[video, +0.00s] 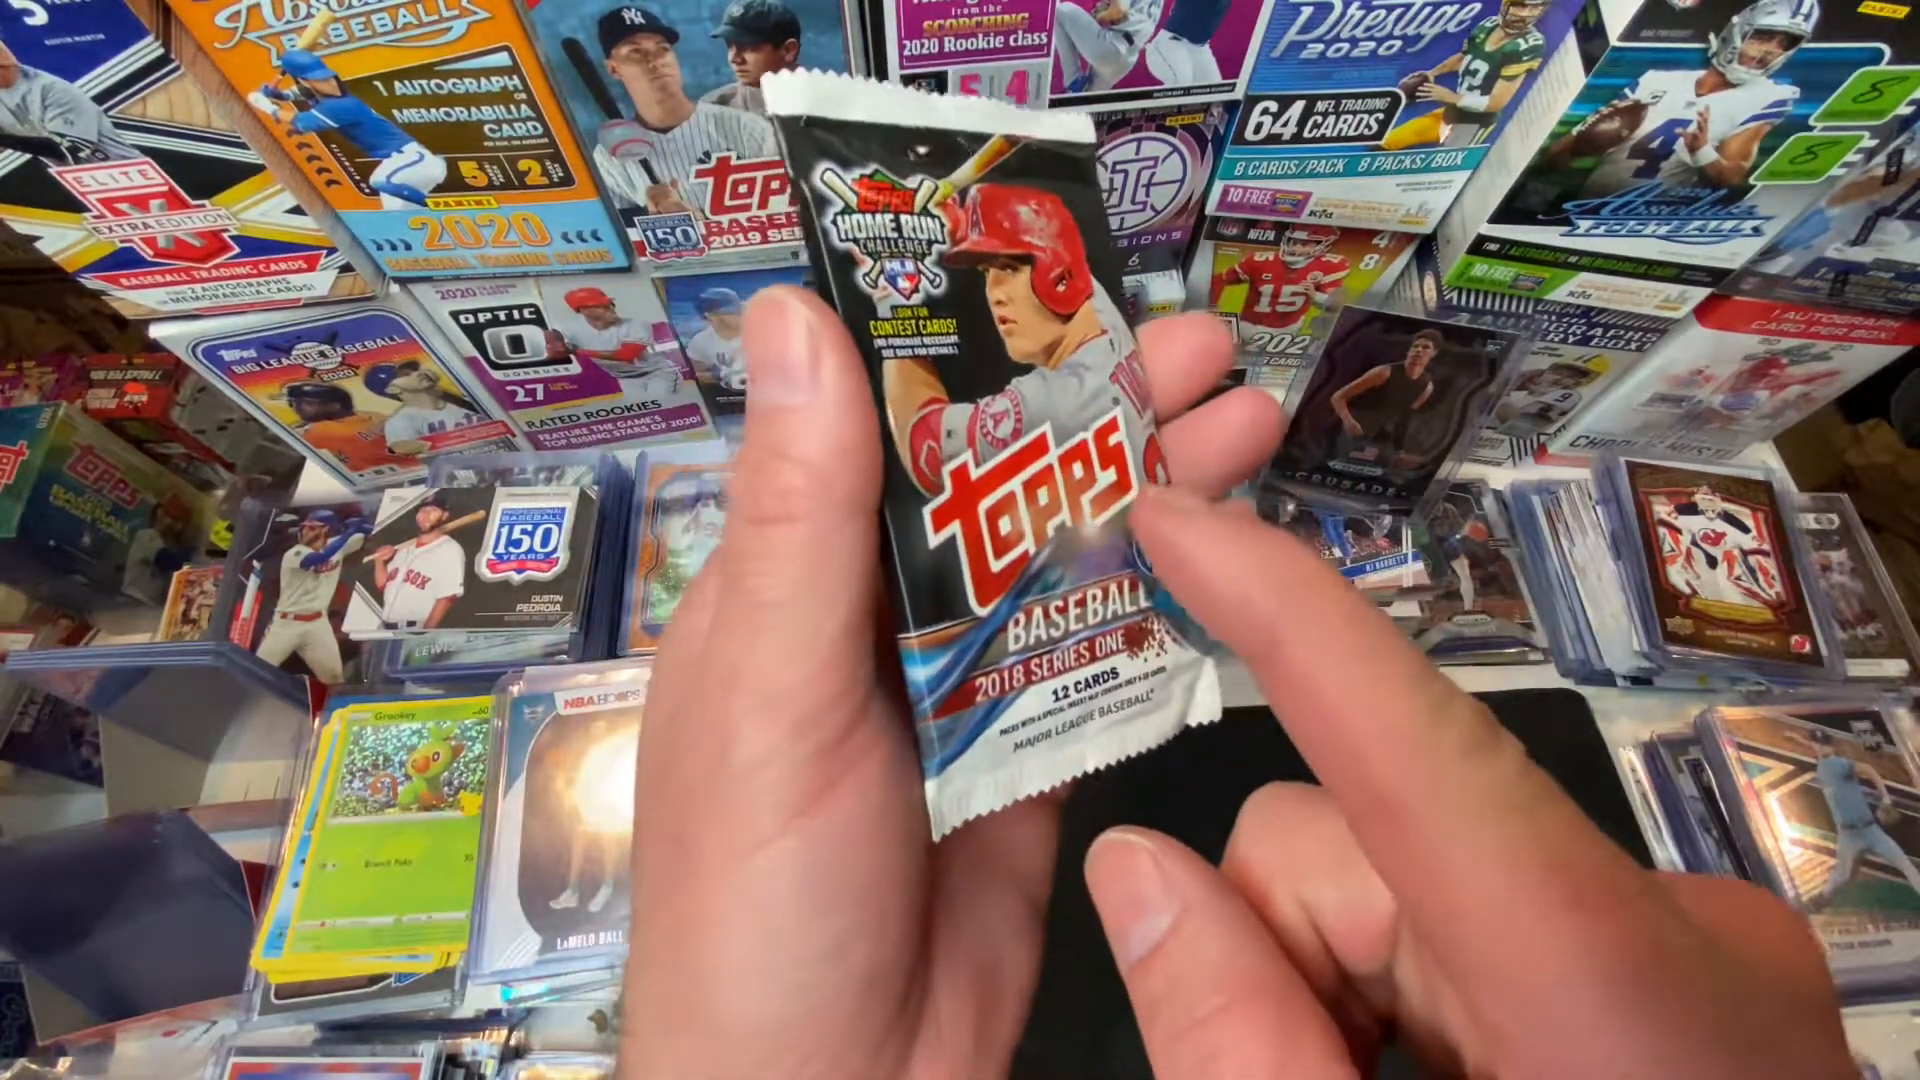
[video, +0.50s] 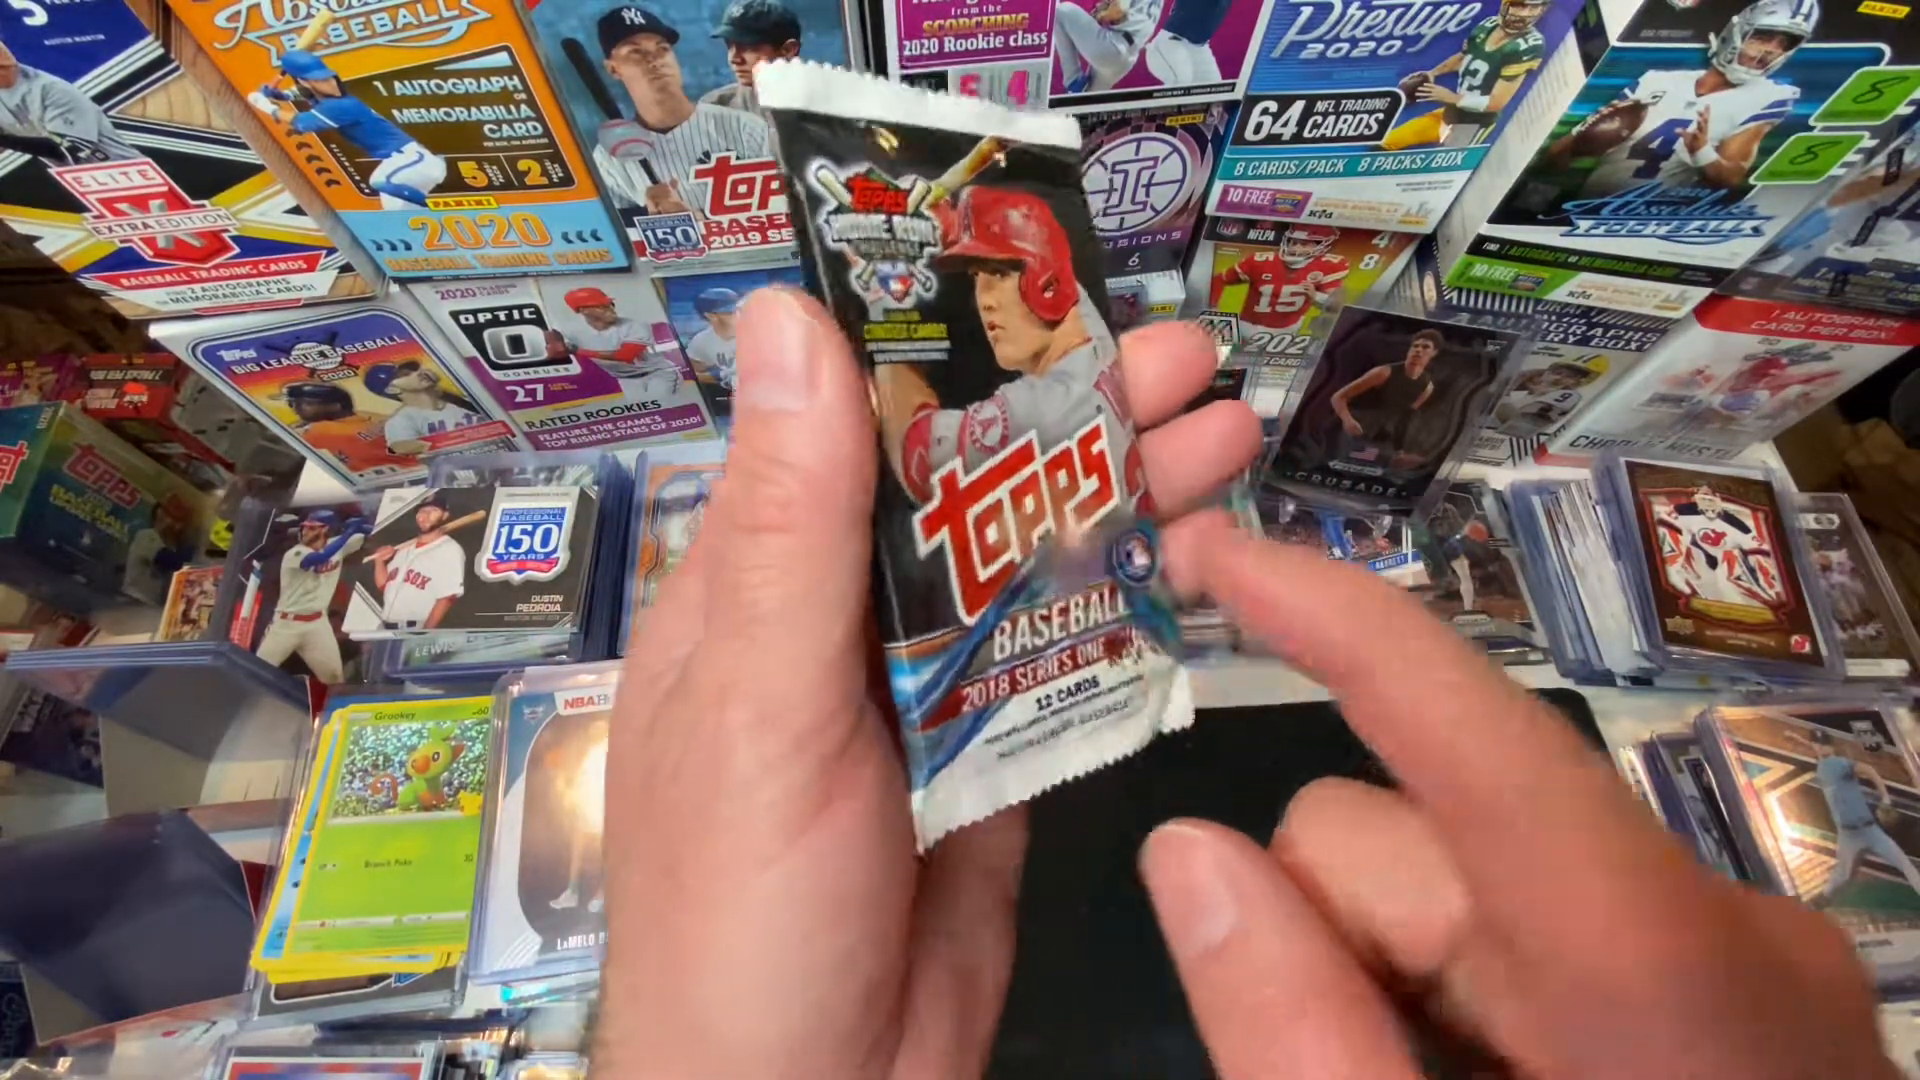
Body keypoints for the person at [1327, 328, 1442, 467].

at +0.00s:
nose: (1418, 350)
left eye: (1425, 347)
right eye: (1415, 346)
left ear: (1433, 355)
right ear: (1409, 350)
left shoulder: (1426, 389)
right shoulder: (1384, 373)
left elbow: (1404, 416)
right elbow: (1338, 397)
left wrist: (1399, 451)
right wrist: (1348, 421)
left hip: (1384, 442)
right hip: (1357, 435)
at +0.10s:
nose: (1419, 350)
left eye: (1426, 347)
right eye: (1416, 346)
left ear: (1433, 354)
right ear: (1409, 349)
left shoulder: (1426, 388)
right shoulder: (1384, 373)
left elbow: (1405, 415)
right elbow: (1338, 397)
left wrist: (1399, 450)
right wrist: (1348, 421)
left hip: (1384, 440)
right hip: (1358, 434)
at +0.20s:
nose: (1418, 351)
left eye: (1425, 347)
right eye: (1415, 346)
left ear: (1433, 354)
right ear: (1409, 350)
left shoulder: (1426, 388)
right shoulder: (1383, 373)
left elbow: (1406, 416)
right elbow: (1338, 398)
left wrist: (1400, 449)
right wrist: (1348, 421)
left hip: (1385, 441)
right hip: (1358, 433)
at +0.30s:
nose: (1419, 350)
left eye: (1426, 347)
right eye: (1416, 345)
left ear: (1433, 354)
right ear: (1409, 349)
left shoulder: (1426, 388)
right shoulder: (1384, 373)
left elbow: (1406, 416)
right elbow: (1338, 397)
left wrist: (1400, 449)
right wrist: (1347, 420)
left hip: (1385, 441)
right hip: (1358, 433)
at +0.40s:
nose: (1418, 351)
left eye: (1425, 347)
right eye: (1415, 346)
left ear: (1433, 354)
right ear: (1409, 349)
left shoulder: (1426, 388)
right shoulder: (1384, 373)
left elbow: (1406, 416)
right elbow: (1338, 398)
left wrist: (1400, 449)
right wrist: (1348, 421)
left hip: (1386, 440)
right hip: (1359, 433)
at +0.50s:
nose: (1418, 350)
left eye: (1425, 347)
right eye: (1415, 346)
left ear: (1433, 354)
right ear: (1409, 349)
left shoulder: (1426, 388)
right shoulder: (1384, 373)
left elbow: (1406, 416)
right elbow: (1338, 398)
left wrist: (1400, 450)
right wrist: (1348, 421)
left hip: (1386, 440)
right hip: (1359, 433)